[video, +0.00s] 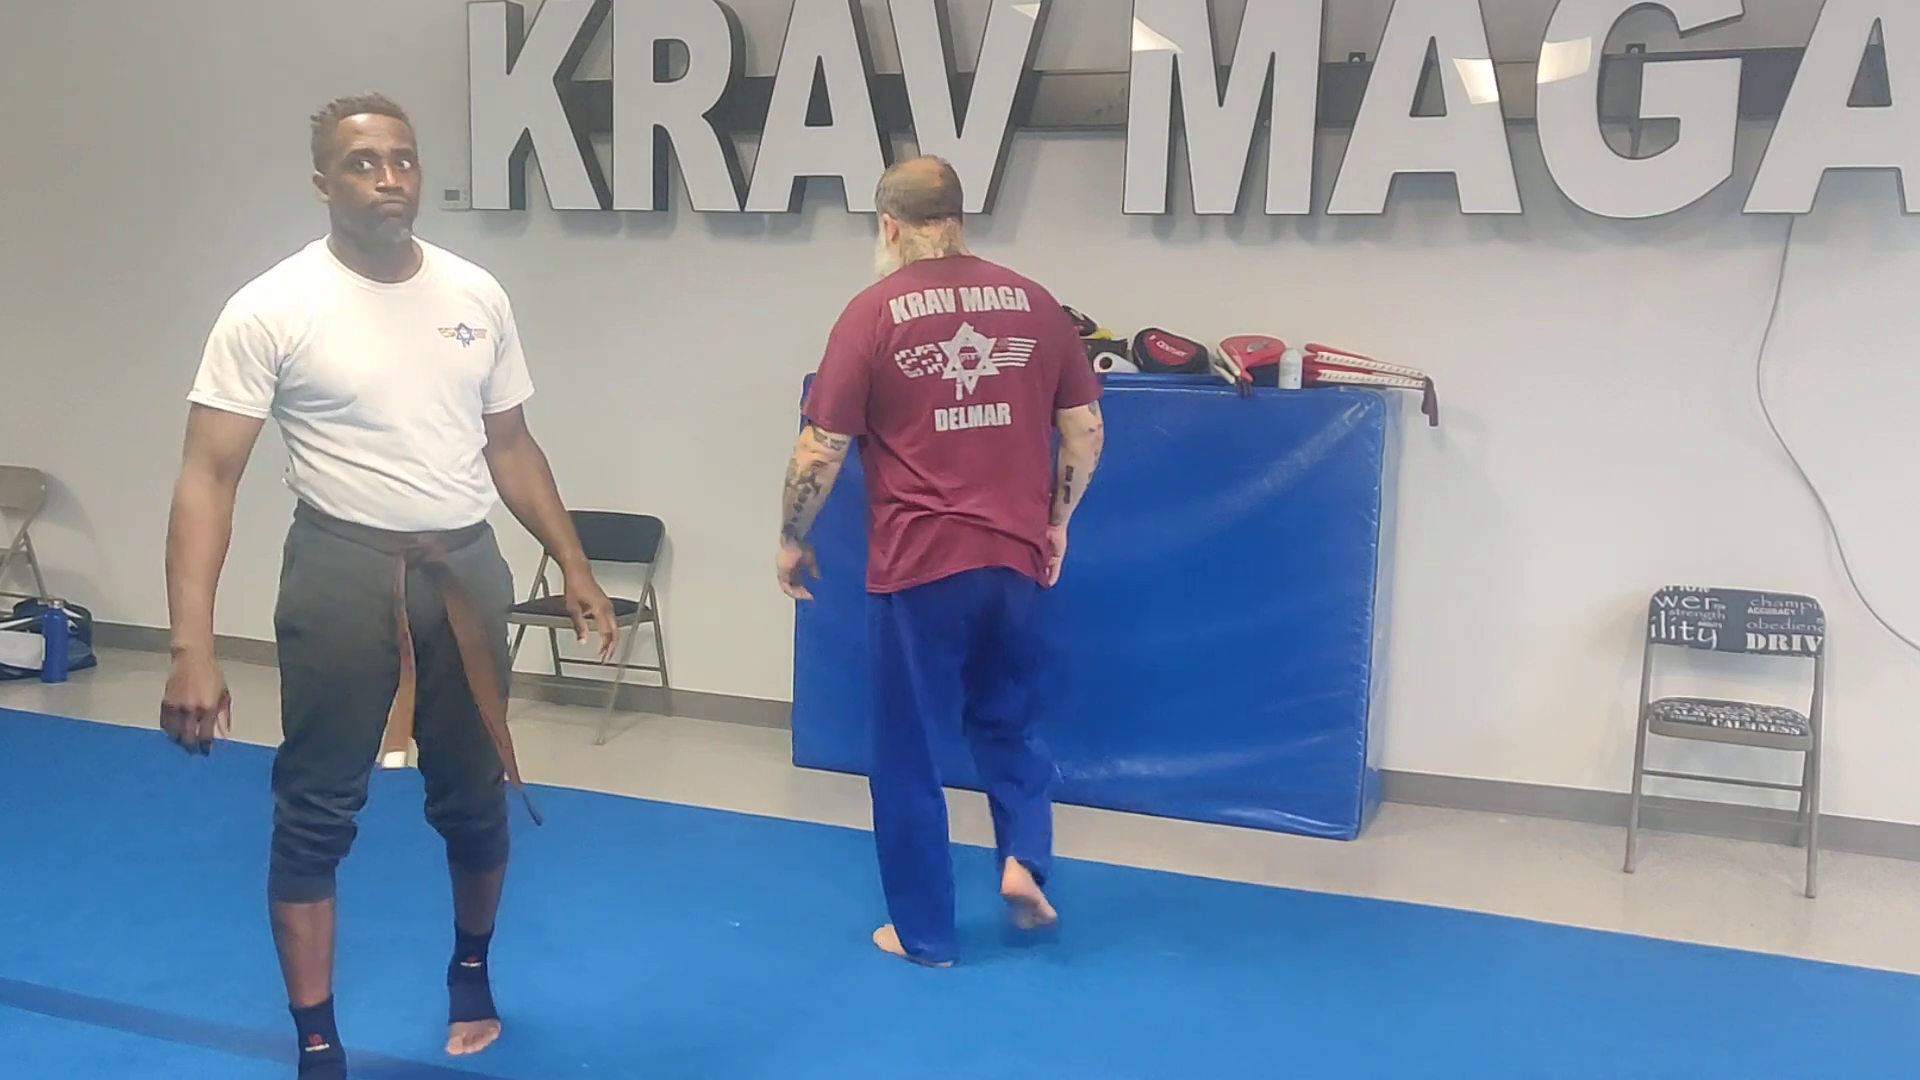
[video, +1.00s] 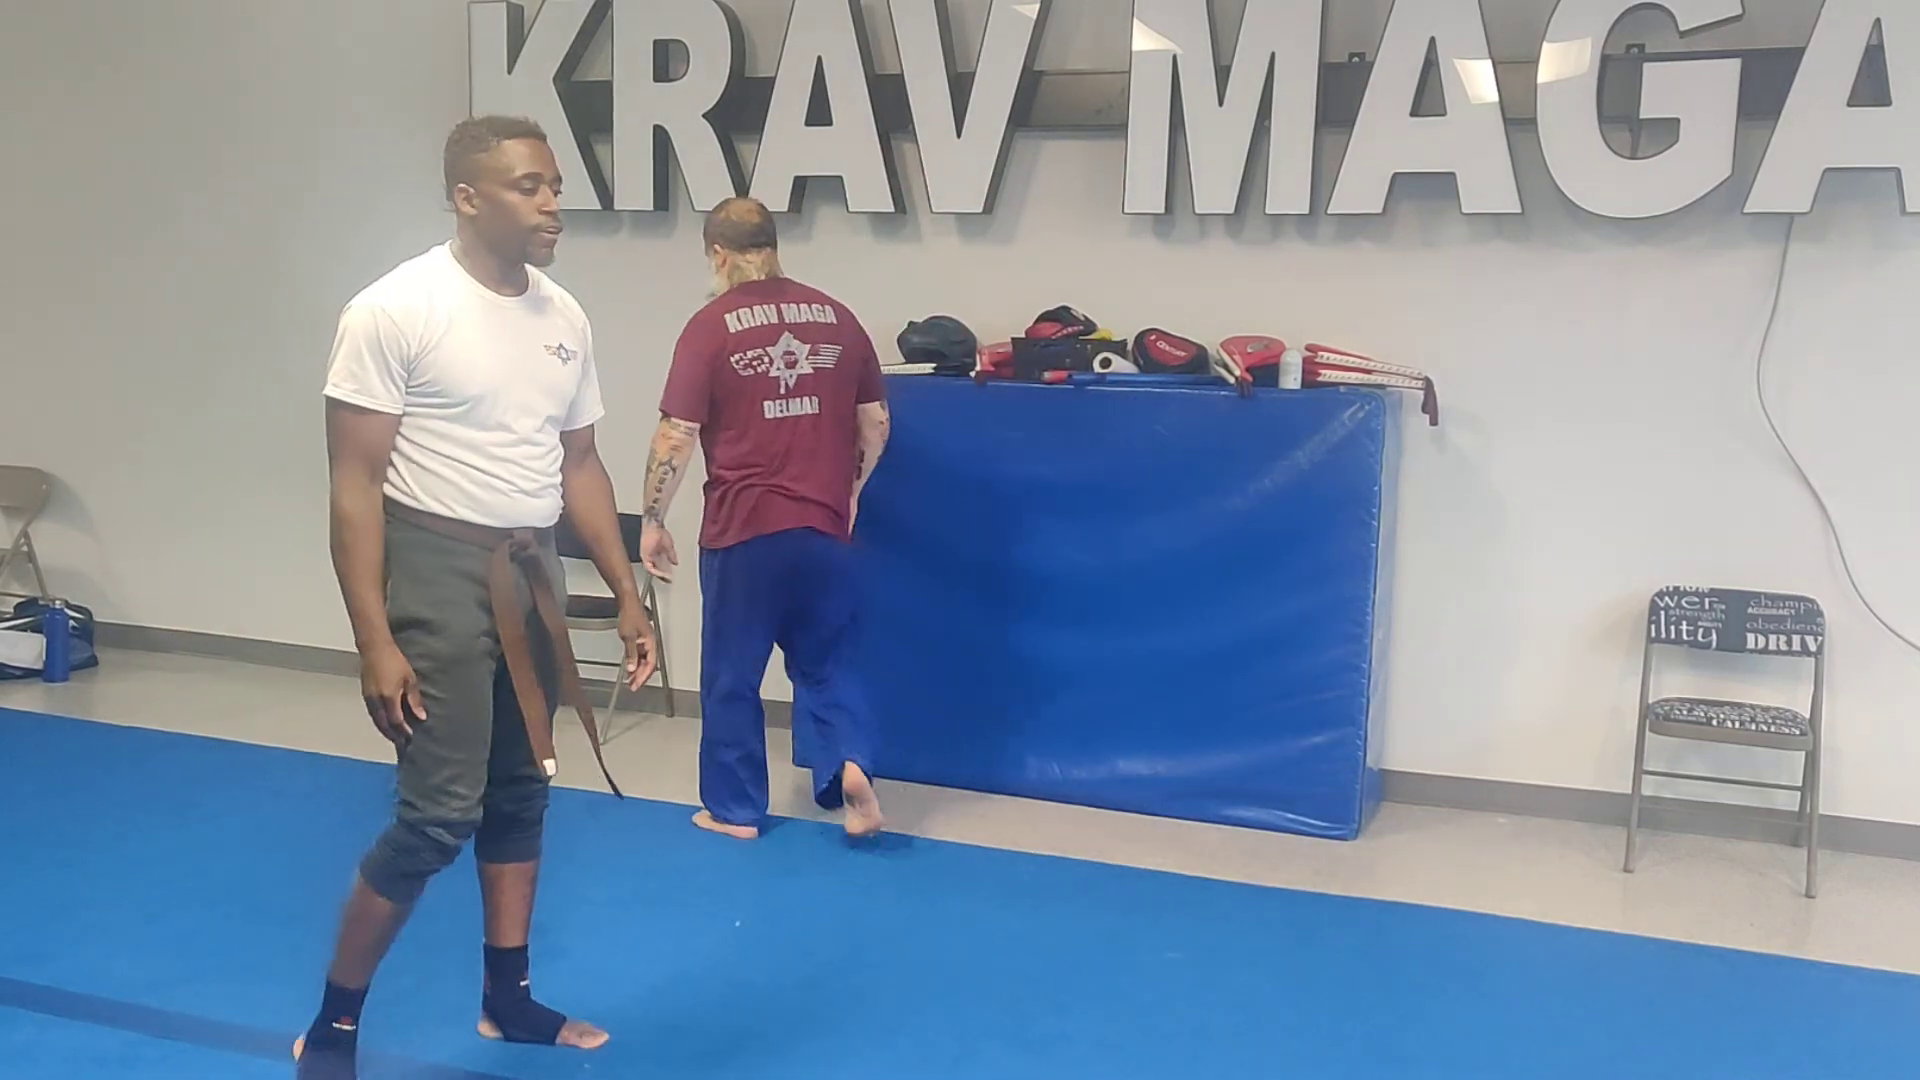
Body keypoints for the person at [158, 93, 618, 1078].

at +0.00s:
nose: (388, 178)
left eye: (402, 159)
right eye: (362, 163)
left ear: (421, 174)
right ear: (322, 183)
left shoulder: (475, 296)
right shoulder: (269, 311)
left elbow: (511, 444)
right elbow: (208, 478)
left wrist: (572, 564)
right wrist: (192, 648)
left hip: (467, 569)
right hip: (341, 571)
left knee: (475, 804)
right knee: (315, 817)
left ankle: (472, 973)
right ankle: (319, 1047)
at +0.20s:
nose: (408, 180)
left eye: (414, 162)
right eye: (381, 166)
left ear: (425, 174)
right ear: (322, 185)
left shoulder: (453, 293)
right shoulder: (270, 316)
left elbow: (480, 440)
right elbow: (232, 496)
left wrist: (534, 561)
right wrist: (222, 671)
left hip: (456, 564)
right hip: (337, 565)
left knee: (513, 789)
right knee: (311, 816)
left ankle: (482, 964)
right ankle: (318, 1049)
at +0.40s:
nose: (434, 185)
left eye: (438, 167)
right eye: (407, 171)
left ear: (446, 178)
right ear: (347, 192)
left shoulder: (467, 298)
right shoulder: (292, 318)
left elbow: (479, 453)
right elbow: (276, 503)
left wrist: (495, 579)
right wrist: (312, 661)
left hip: (461, 563)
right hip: (349, 564)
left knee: (485, 781)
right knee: (320, 804)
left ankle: (503, 994)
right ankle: (317, 1043)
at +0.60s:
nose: (479, 185)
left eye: (479, 167)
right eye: (454, 172)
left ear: (481, 178)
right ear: (390, 191)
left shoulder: (496, 301)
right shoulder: (330, 313)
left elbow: (508, 456)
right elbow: (318, 495)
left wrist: (529, 588)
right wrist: (363, 652)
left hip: (492, 568)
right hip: (381, 568)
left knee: (500, 786)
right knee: (342, 807)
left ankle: (506, 994)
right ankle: (322, 1042)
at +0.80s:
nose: (524, 192)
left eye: (523, 175)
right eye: (499, 178)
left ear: (522, 187)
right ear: (437, 193)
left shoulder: (533, 311)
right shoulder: (372, 314)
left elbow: (549, 461)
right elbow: (345, 495)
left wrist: (593, 588)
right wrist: (366, 657)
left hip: (517, 573)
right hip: (414, 568)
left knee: (515, 787)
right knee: (382, 814)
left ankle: (508, 996)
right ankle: (328, 1045)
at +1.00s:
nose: (553, 201)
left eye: (555, 184)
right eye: (529, 185)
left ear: (555, 194)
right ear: (467, 200)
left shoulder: (563, 319)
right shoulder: (392, 313)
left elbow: (581, 463)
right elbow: (355, 483)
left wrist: (626, 590)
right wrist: (373, 639)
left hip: (526, 571)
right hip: (429, 564)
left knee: (518, 785)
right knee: (440, 807)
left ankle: (509, 996)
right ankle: (334, 1029)